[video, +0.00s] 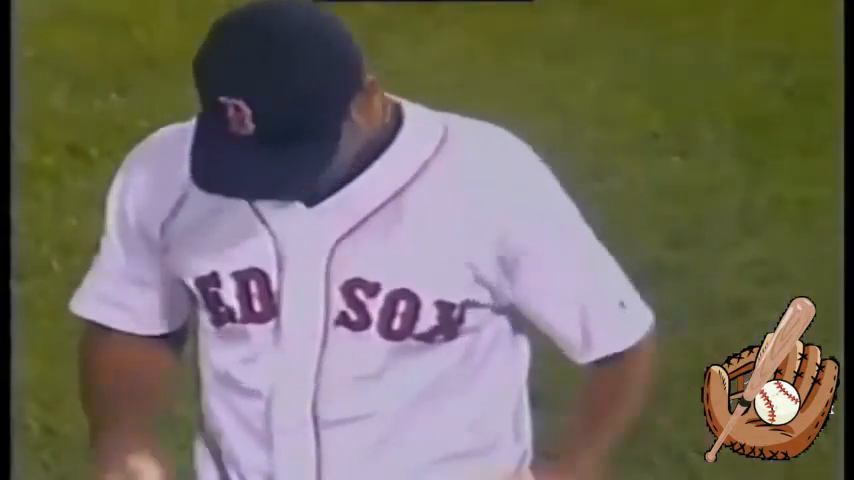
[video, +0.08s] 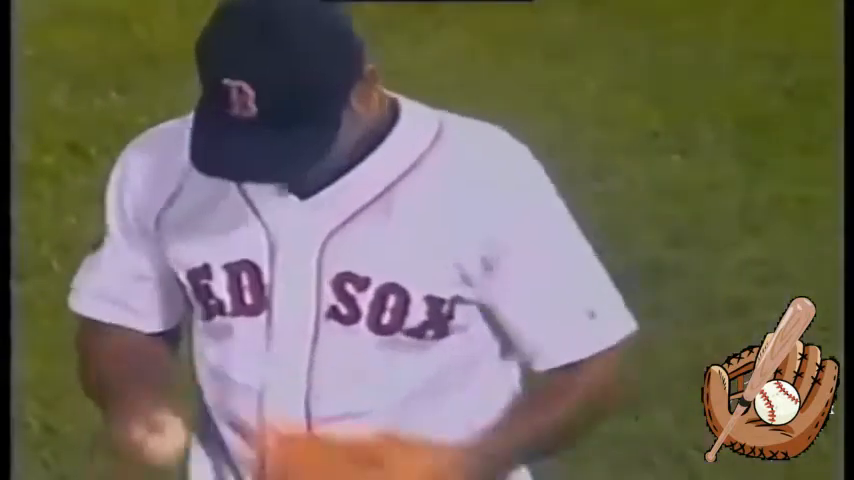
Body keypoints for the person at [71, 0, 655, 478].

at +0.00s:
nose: (277, 186)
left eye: (298, 167)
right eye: (254, 172)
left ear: (360, 106)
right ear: (217, 118)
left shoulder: (489, 176)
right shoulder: (167, 175)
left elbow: (626, 341)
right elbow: (127, 320)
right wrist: (127, 450)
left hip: (457, 469)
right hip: (245, 468)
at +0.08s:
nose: (278, 173)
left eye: (303, 148)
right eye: (255, 153)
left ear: (364, 88)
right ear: (220, 104)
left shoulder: (485, 175)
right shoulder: (162, 171)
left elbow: (595, 366)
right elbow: (120, 315)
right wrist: (140, 405)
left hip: (436, 470)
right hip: (237, 470)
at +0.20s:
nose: (279, 161)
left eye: (302, 138)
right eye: (254, 140)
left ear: (366, 78)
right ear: (219, 93)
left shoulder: (478, 184)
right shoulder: (158, 161)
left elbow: (521, 407)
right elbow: (95, 329)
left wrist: (318, 411)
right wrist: (180, 388)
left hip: (429, 469)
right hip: (227, 470)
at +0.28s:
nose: (279, 155)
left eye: (301, 132)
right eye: (257, 137)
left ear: (368, 77)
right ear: (223, 93)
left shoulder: (473, 195)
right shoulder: (159, 157)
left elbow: (473, 420)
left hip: (411, 471)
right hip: (223, 465)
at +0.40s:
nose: (281, 157)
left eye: (304, 137)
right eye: (263, 136)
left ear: (376, 80)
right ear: (233, 94)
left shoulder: (470, 207)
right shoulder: (175, 144)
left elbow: (432, 426)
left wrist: (236, 335)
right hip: (224, 464)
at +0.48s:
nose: (288, 153)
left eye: (314, 136)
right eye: (270, 130)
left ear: (385, 82)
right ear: (246, 87)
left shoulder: (475, 209)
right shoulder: (194, 135)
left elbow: (417, 424)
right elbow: (61, 315)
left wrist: (228, 316)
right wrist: (110, 245)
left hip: (419, 470)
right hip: (233, 464)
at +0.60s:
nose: (320, 153)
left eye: (343, 131)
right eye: (297, 128)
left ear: (408, 71)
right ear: (268, 84)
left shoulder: (488, 210)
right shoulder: (227, 128)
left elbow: (404, 420)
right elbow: (87, 298)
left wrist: (222, 292)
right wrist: (129, 220)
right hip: (252, 464)